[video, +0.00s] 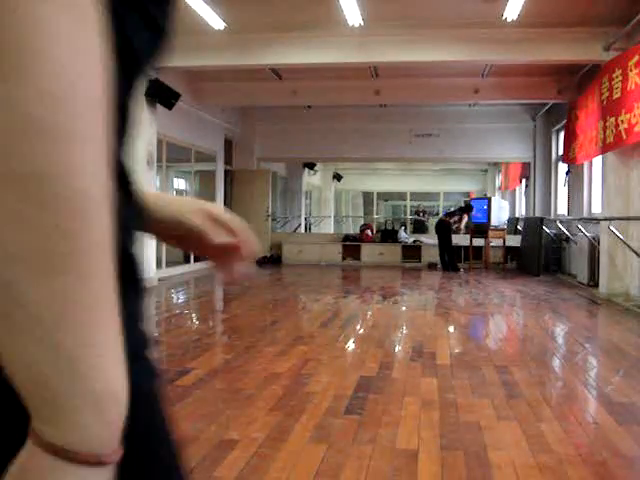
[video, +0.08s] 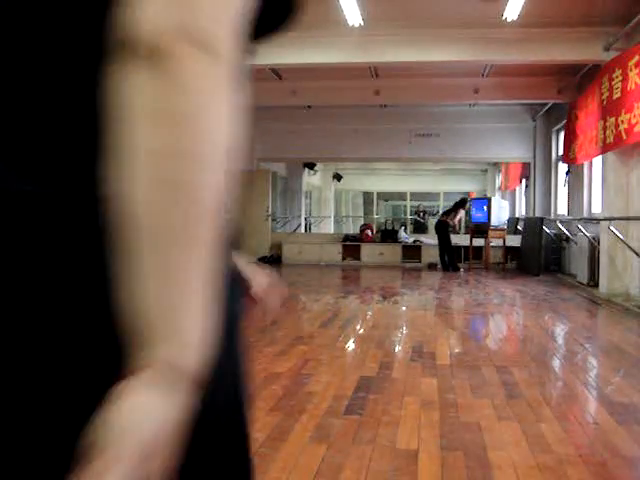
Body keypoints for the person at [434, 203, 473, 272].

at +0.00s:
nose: (470, 213)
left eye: (470, 211)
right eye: (470, 211)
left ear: (465, 207)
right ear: (469, 210)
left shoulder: (458, 211)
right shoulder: (464, 215)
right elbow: (461, 227)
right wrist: (461, 233)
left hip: (439, 223)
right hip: (446, 225)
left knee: (442, 248)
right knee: (449, 247)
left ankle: (445, 267)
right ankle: (453, 266)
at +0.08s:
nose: (466, 207)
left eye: (466, 205)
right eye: (466, 205)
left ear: (459, 202)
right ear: (464, 204)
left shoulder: (453, 208)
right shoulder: (460, 210)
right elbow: (455, 220)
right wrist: (456, 229)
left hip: (438, 223)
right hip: (444, 224)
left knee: (442, 247)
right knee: (448, 246)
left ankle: (445, 267)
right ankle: (454, 266)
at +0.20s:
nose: (463, 203)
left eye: (464, 201)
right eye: (463, 201)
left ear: (456, 199)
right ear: (460, 200)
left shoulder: (452, 206)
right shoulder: (455, 207)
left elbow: (444, 217)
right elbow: (449, 217)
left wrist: (452, 223)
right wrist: (455, 224)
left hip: (439, 225)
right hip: (442, 226)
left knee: (443, 246)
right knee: (447, 246)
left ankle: (445, 266)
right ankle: (453, 266)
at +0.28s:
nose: (459, 198)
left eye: (459, 196)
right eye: (458, 196)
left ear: (453, 197)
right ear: (455, 197)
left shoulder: (452, 204)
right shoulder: (451, 204)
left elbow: (446, 215)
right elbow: (444, 215)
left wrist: (452, 220)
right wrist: (452, 221)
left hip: (442, 224)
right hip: (441, 225)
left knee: (444, 245)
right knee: (444, 245)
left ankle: (445, 265)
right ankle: (445, 266)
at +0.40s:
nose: (455, 196)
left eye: (455, 194)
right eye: (454, 194)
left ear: (455, 196)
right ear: (450, 195)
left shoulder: (452, 205)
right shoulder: (446, 203)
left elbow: (447, 214)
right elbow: (440, 214)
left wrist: (451, 218)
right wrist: (449, 218)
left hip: (444, 223)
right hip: (440, 223)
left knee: (444, 245)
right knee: (441, 245)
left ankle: (445, 264)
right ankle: (437, 265)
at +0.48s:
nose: (454, 196)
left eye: (454, 194)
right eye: (452, 194)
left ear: (454, 196)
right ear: (449, 195)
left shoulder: (452, 205)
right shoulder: (445, 203)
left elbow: (448, 214)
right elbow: (438, 214)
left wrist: (451, 218)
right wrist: (448, 218)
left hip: (445, 223)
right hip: (440, 223)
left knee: (444, 245)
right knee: (440, 245)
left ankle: (445, 264)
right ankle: (434, 264)